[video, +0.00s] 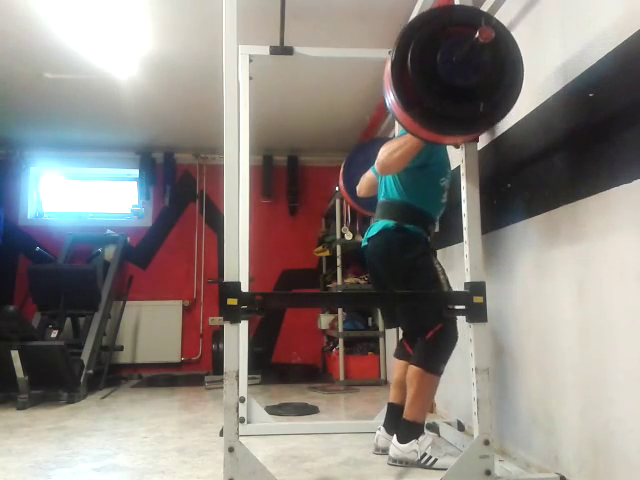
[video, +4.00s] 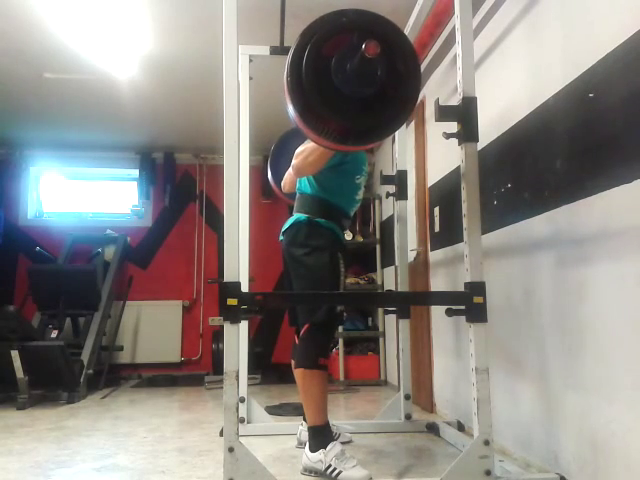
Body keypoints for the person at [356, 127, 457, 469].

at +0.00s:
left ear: (417, 105)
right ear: (438, 104)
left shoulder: (415, 141)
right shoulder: (420, 133)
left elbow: (363, 187)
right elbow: (383, 163)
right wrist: (423, 131)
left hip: (381, 240)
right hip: (401, 239)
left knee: (416, 333)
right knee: (440, 331)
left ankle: (393, 427)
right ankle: (409, 439)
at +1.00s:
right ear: (403, 102)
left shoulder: (399, 140)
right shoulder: (384, 132)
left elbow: (338, 181)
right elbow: (350, 162)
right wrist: (390, 127)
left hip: (380, 232)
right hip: (369, 230)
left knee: (388, 323)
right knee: (390, 316)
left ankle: (392, 430)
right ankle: (340, 432)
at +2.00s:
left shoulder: (355, 137)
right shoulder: (338, 131)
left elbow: (292, 180)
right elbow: (300, 168)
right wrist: (340, 138)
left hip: (321, 232)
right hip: (315, 231)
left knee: (320, 332)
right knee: (328, 331)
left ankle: (317, 432)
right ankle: (321, 446)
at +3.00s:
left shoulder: (348, 136)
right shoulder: (333, 131)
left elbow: (282, 180)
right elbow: (295, 167)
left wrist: (297, 166)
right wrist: (336, 140)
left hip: (311, 232)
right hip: (308, 231)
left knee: (309, 334)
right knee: (320, 332)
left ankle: (314, 430)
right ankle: (320, 446)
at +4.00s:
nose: (378, 131)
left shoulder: (347, 143)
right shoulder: (335, 135)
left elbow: (287, 185)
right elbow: (298, 167)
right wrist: (337, 134)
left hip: (316, 234)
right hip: (311, 234)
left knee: (313, 334)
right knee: (317, 333)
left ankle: (315, 428)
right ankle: (319, 447)